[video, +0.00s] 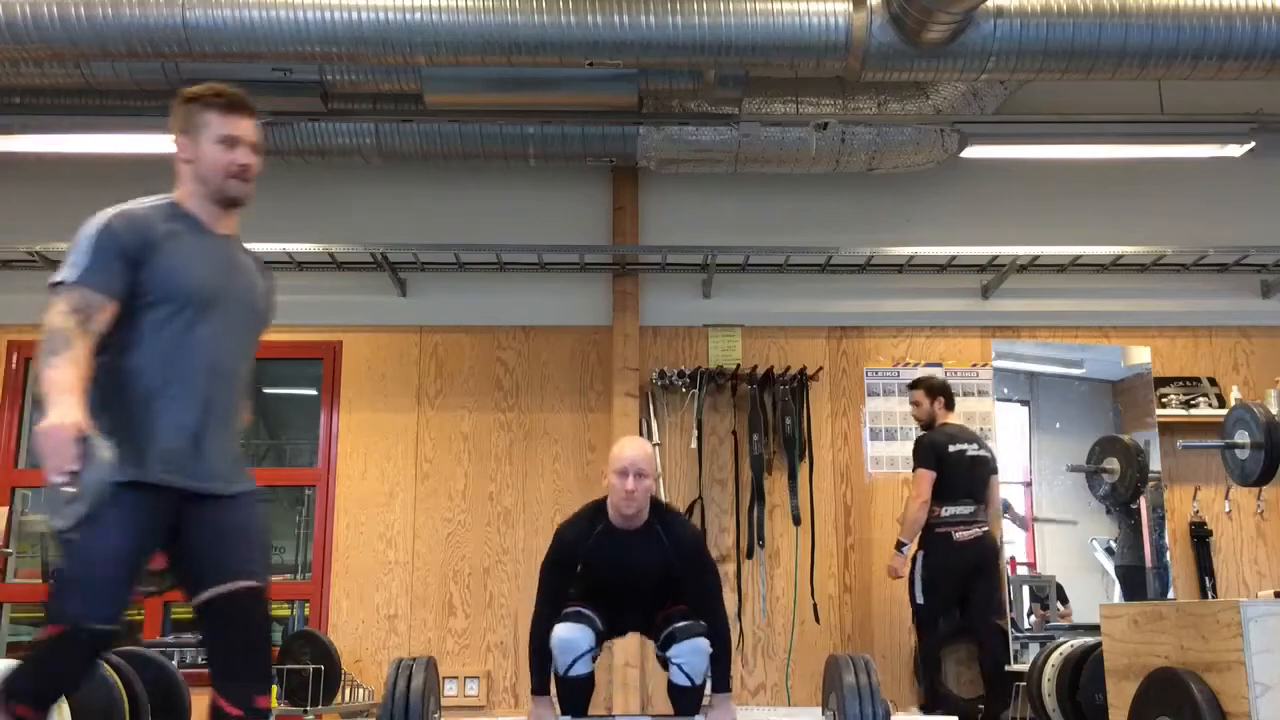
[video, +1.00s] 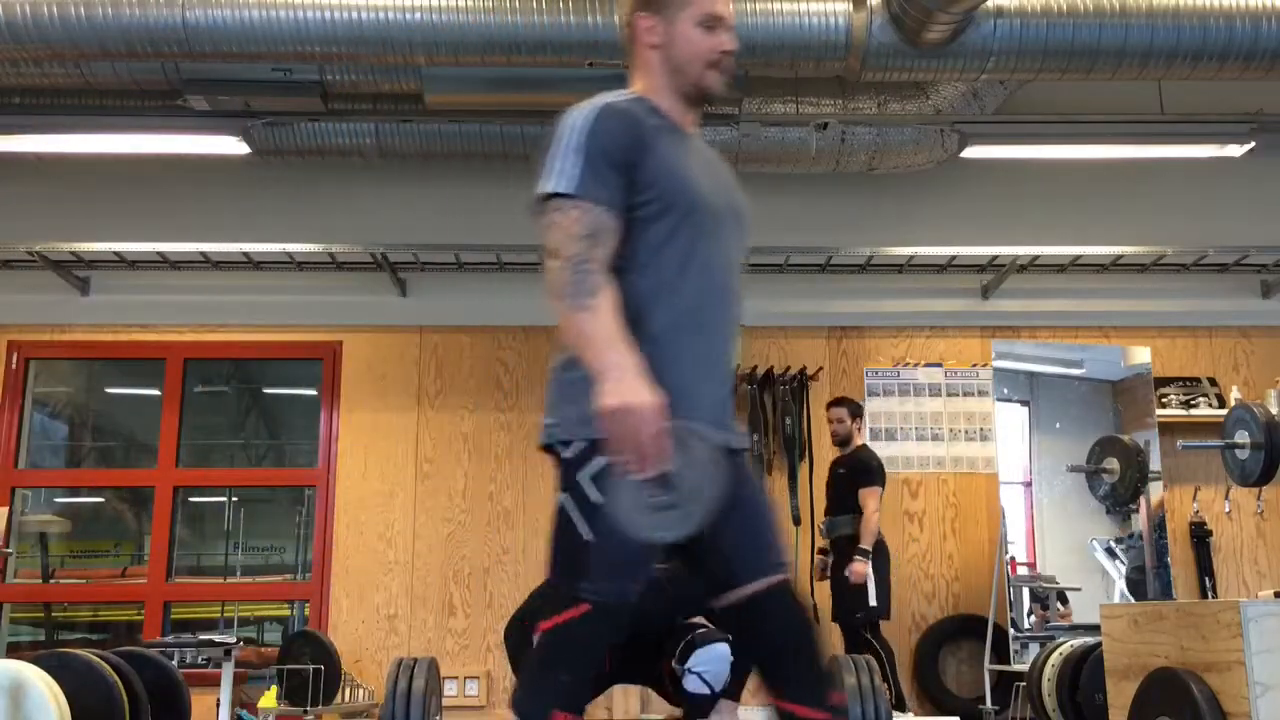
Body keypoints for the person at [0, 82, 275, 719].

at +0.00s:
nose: (247, 159)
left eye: (254, 148)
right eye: (230, 144)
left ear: (260, 158)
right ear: (183, 151)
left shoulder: (254, 277)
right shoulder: (125, 230)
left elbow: (229, 387)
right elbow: (67, 332)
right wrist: (64, 413)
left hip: (218, 482)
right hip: (124, 473)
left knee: (245, 660)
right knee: (80, 637)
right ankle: (16, 705)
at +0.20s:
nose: (342, 136)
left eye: (350, 125)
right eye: (326, 118)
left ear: (354, 134)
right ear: (278, 116)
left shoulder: (341, 246)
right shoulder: (219, 198)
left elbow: (335, 376)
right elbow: (159, 307)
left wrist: (348, 482)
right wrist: (156, 411)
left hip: (311, 451)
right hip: (234, 434)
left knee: (293, 615)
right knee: (255, 588)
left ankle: (260, 713)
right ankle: (180, 700)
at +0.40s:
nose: (430, 121)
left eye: (438, 110)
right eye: (414, 103)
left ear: (441, 120)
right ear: (362, 101)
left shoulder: (420, 238)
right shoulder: (305, 190)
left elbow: (431, 366)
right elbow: (240, 319)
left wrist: (499, 459)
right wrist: (229, 447)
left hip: (383, 458)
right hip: (314, 442)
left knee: (306, 653)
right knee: (381, 612)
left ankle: (282, 714)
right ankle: (385, 714)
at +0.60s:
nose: (526, 89)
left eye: (530, 75)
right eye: (508, 72)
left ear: (528, 85)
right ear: (451, 76)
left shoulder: (508, 201)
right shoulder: (399, 175)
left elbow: (521, 340)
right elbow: (336, 315)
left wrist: (596, 451)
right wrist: (322, 453)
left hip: (490, 443)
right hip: (430, 435)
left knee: (453, 635)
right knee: (514, 604)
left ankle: (379, 710)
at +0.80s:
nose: (623, 48)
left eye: (624, 33)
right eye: (605, 29)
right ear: (546, 35)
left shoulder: (602, 162)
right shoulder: (499, 128)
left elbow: (608, 314)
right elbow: (450, 277)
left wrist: (651, 422)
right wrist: (457, 411)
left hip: (612, 426)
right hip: (536, 420)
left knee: (647, 615)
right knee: (551, 617)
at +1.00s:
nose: (729, 45)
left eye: (732, 29)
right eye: (709, 25)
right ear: (650, 31)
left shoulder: (709, 160)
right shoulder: (604, 122)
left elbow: (688, 298)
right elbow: (574, 267)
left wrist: (714, 414)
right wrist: (618, 373)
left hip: (710, 443)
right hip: (619, 437)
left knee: (788, 647)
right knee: (577, 652)